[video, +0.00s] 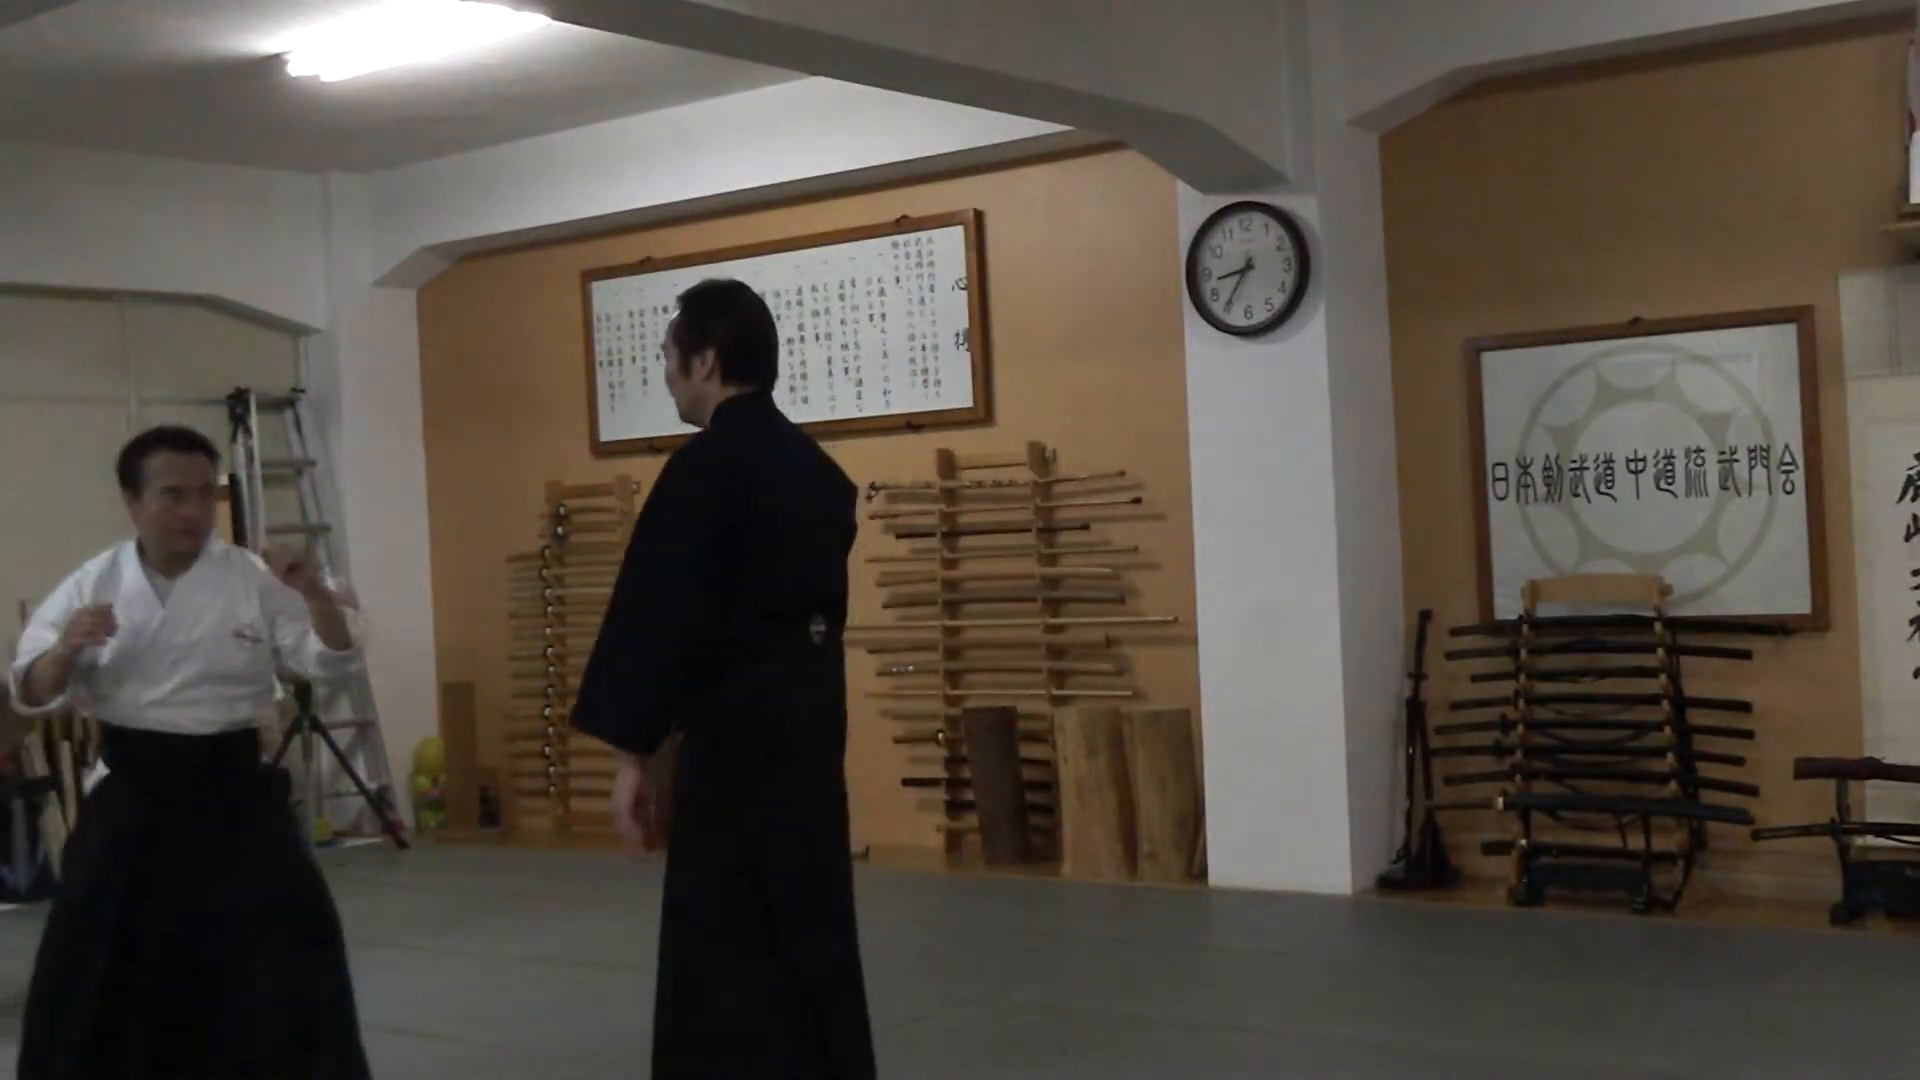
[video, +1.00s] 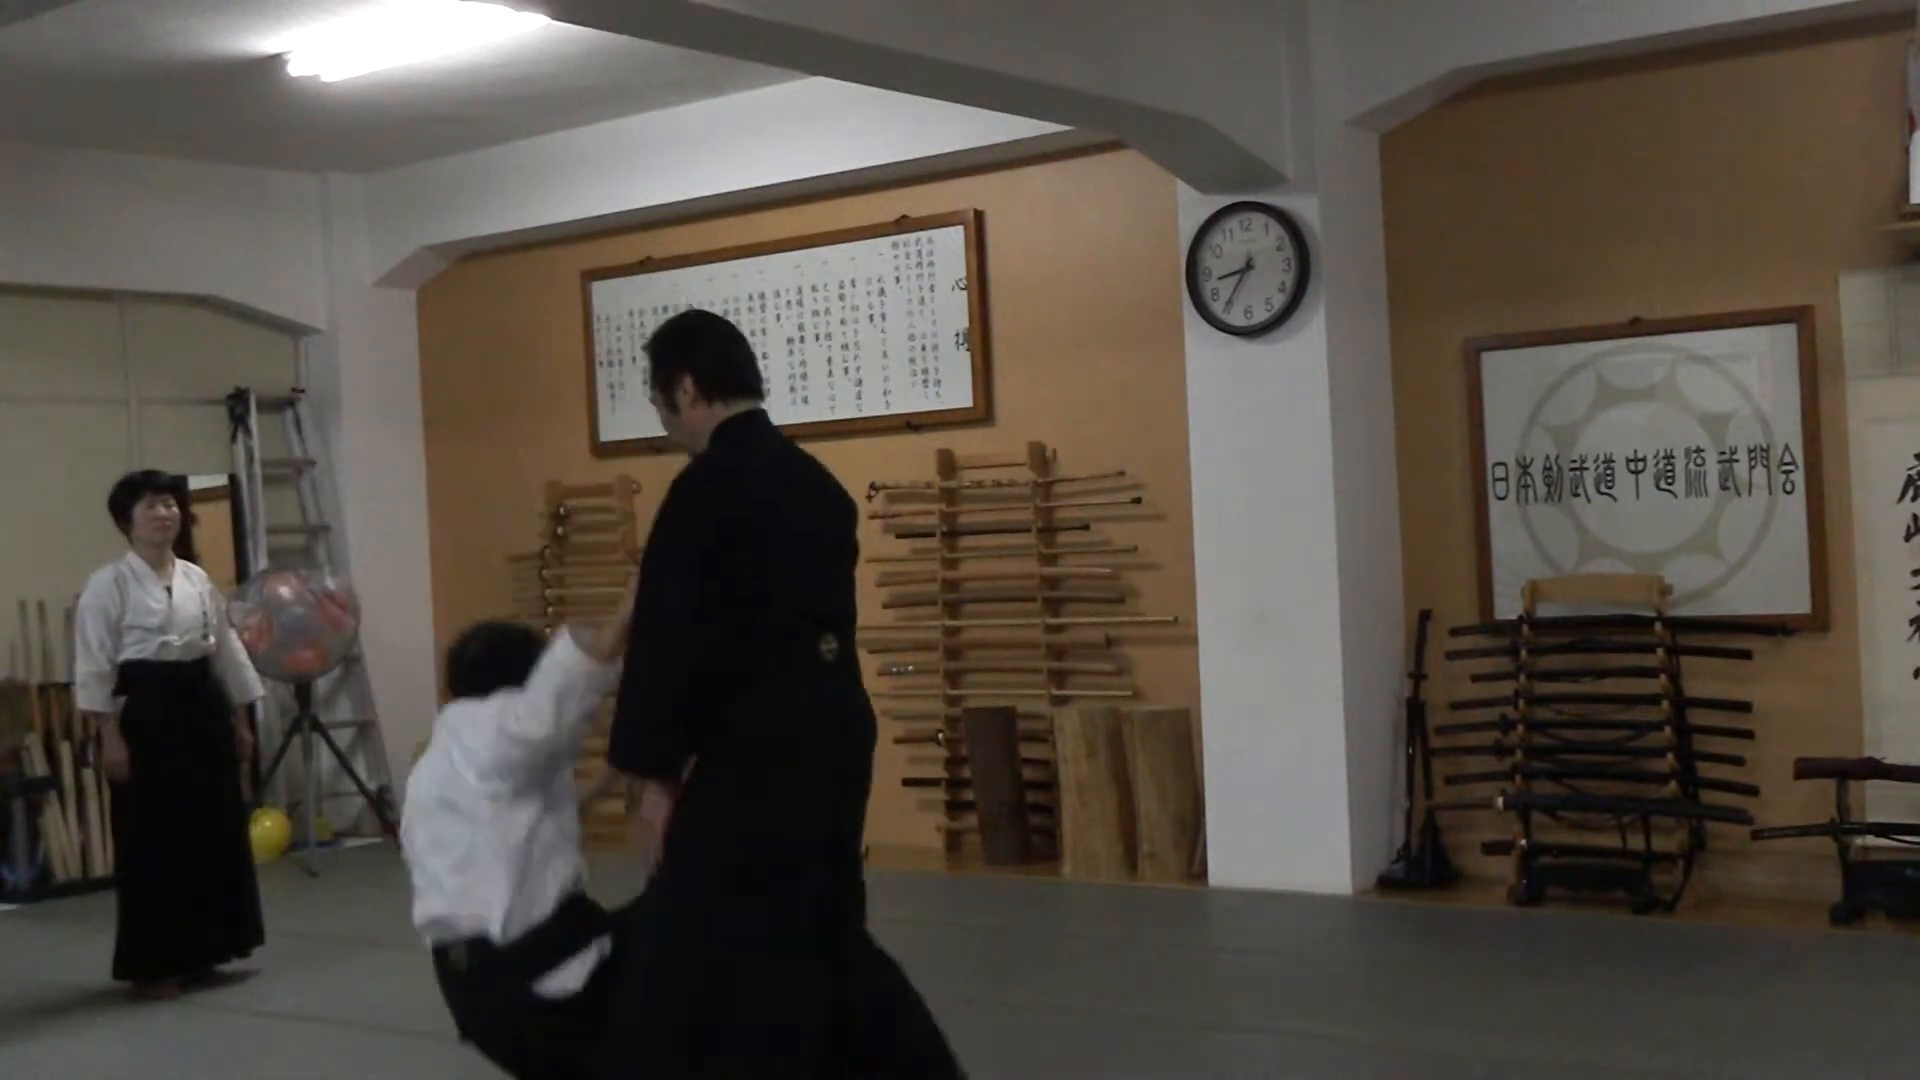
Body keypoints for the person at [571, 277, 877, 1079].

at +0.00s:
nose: (669, 379)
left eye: (673, 360)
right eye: (668, 361)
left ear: (706, 362)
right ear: (759, 361)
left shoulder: (702, 466)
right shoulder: (815, 466)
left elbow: (655, 612)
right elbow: (796, 624)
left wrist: (634, 760)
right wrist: (681, 747)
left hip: (728, 735)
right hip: (811, 726)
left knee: (718, 941)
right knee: (806, 932)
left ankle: (720, 1070)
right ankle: (814, 1066)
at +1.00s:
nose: (668, 425)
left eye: (665, 405)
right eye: (663, 408)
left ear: (689, 391)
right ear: (750, 384)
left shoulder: (703, 487)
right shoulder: (821, 484)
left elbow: (665, 633)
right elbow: (822, 634)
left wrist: (651, 771)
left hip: (744, 740)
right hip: (836, 727)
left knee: (699, 938)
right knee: (824, 933)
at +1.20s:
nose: (756, 409)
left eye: (756, 387)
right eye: (751, 390)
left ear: (792, 373)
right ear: (826, 370)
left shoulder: (814, 475)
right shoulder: (899, 464)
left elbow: (790, 629)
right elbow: (903, 625)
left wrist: (780, 770)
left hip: (843, 756)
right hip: (915, 739)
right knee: (931, 952)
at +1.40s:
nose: (838, 429)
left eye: (837, 410)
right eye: (832, 413)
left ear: (876, 389)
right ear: (895, 388)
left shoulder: (922, 477)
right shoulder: (965, 464)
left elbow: (923, 639)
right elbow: (990, 625)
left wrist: (901, 779)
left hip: (965, 752)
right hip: (1014, 741)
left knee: (863, 960)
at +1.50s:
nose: (878, 427)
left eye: (877, 407)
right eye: (872, 411)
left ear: (919, 388)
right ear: (938, 384)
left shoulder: (963, 472)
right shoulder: (1003, 462)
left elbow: (956, 634)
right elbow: (1043, 605)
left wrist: (942, 780)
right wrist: (929, 590)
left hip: (1005, 754)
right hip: (1048, 742)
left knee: (937, 976)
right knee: (1035, 967)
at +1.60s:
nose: (908, 412)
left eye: (910, 390)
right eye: (903, 393)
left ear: (959, 376)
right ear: (971, 376)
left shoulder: (1003, 465)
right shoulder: (1029, 453)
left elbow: (989, 630)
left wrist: (980, 772)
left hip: (1040, 751)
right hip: (1067, 736)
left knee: (1010, 976)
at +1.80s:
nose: (963, 397)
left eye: (966, 373)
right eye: (958, 376)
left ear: (1016, 357)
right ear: (1025, 358)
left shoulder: (1061, 447)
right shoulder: (1092, 435)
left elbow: (1053, 618)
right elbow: (1154, 593)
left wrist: (1048, 763)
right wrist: (1058, 756)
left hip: (1117, 744)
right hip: (1150, 726)